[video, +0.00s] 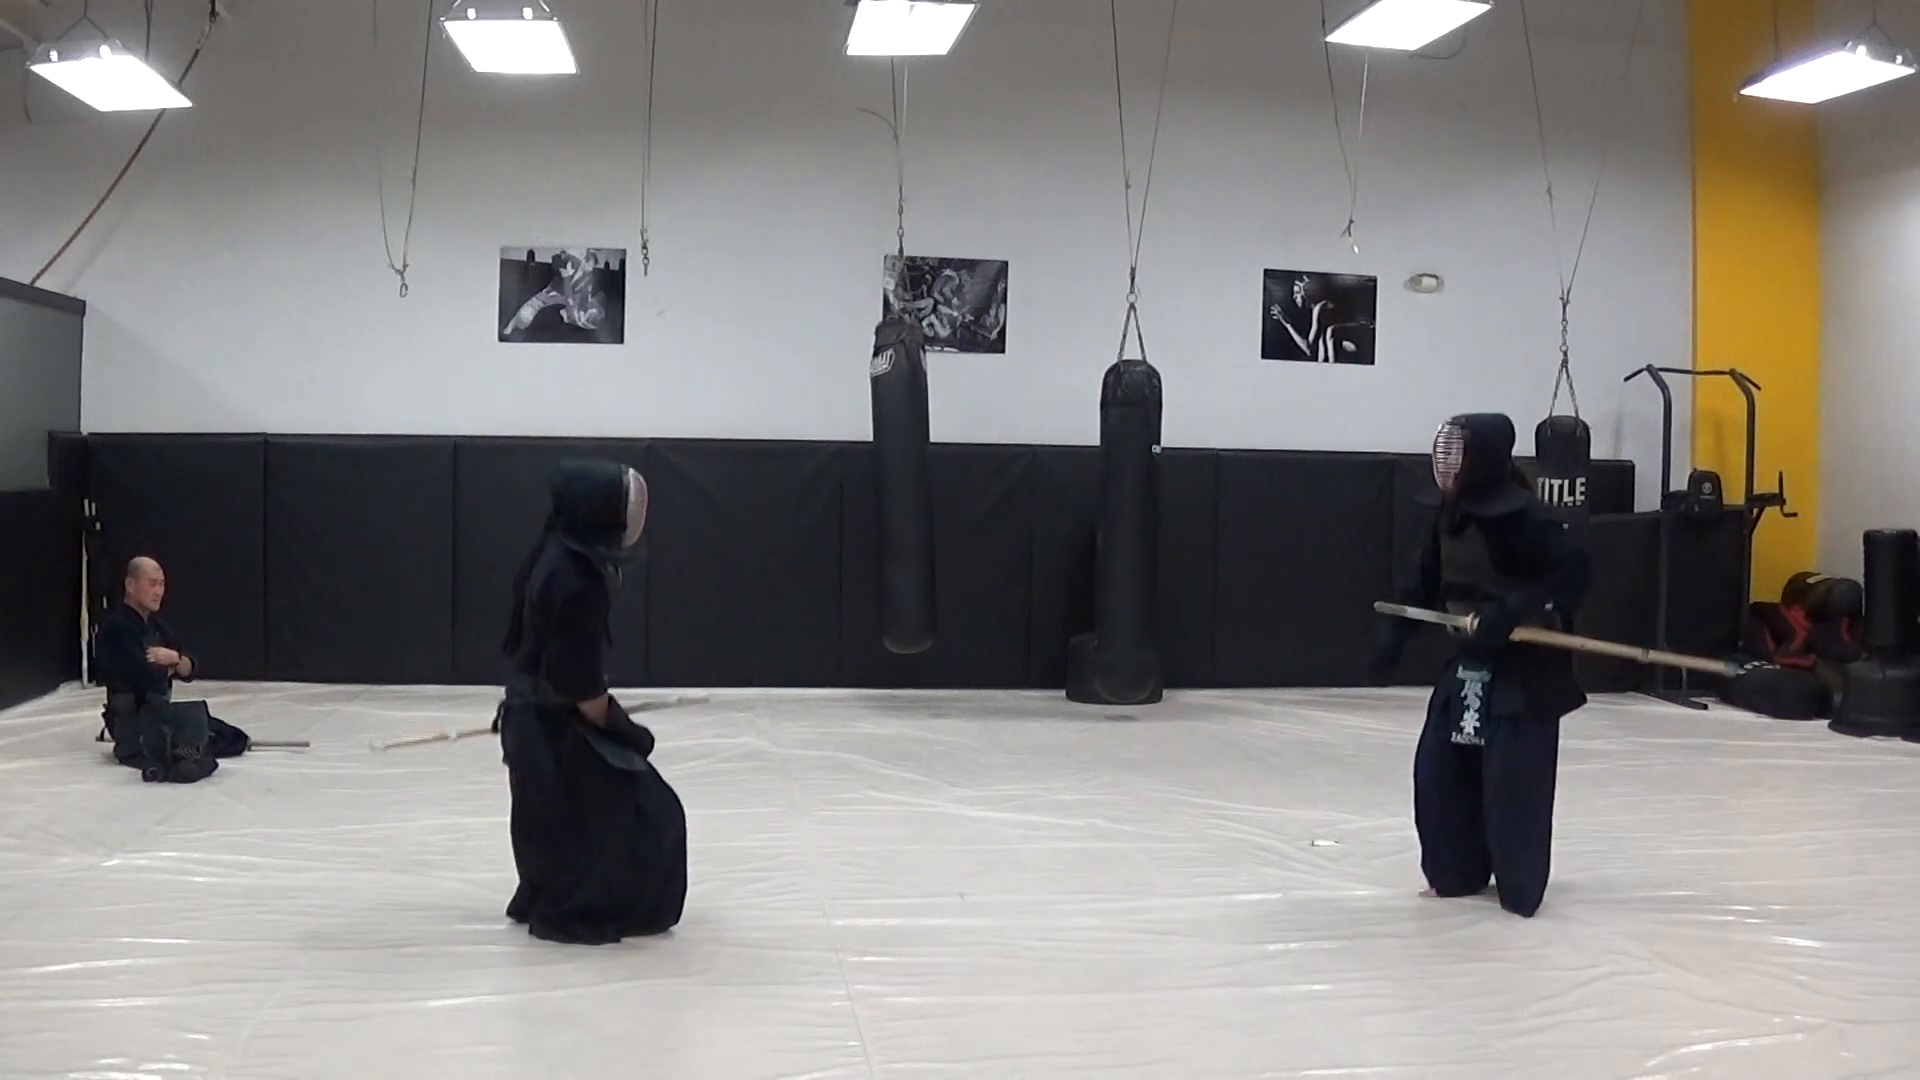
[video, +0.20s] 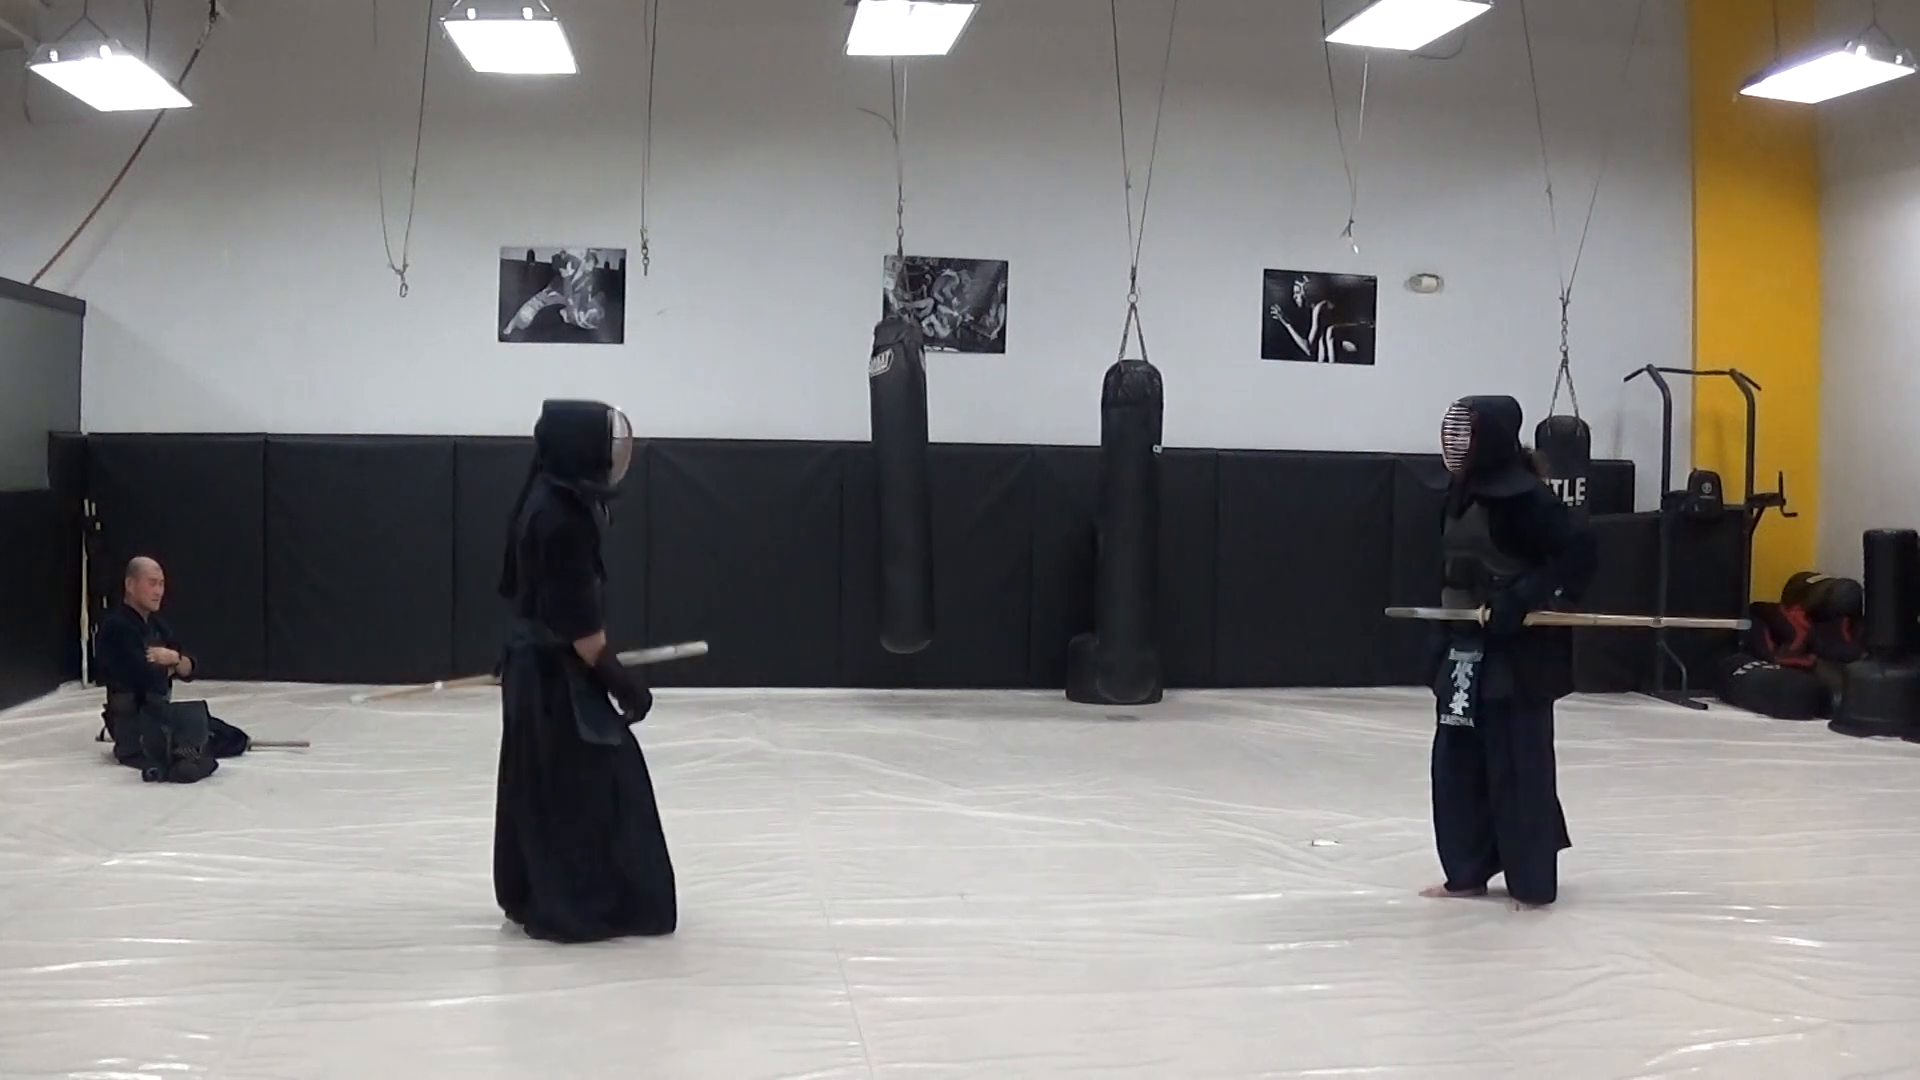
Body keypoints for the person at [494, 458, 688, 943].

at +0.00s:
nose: (635, 520)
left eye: (635, 508)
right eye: (628, 510)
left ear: (575, 509)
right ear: (602, 515)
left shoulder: (549, 557)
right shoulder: (579, 579)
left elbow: (526, 652)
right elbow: (583, 686)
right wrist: (626, 731)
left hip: (526, 717)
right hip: (556, 728)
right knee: (657, 808)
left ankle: (544, 897)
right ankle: (582, 909)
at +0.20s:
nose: (623, 455)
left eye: (623, 445)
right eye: (615, 446)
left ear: (564, 449)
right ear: (588, 453)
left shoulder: (545, 497)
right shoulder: (566, 515)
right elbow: (577, 620)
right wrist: (618, 678)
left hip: (532, 660)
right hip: (557, 667)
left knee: (545, 782)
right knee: (589, 781)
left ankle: (538, 898)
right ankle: (578, 904)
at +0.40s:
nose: (608, 435)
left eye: (607, 423)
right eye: (600, 424)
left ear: (546, 422)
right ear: (573, 427)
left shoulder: (524, 476)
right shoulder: (559, 489)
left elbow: (499, 565)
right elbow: (576, 593)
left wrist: (554, 602)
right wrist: (618, 658)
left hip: (524, 643)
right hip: (558, 648)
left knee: (535, 773)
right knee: (575, 777)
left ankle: (538, 900)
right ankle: (580, 908)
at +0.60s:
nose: (587, 432)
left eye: (586, 421)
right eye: (580, 422)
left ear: (527, 421)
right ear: (556, 425)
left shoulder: (503, 470)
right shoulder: (544, 486)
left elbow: (473, 561)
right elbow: (555, 596)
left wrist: (528, 596)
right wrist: (594, 669)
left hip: (506, 642)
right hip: (542, 647)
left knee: (517, 769)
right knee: (560, 778)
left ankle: (502, 891)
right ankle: (566, 911)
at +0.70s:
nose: (570, 435)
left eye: (569, 424)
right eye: (561, 424)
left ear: (510, 423)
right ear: (534, 428)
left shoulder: (491, 477)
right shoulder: (520, 489)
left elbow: (459, 565)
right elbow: (529, 598)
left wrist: (518, 594)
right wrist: (568, 674)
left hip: (496, 646)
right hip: (526, 650)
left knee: (504, 772)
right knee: (553, 782)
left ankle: (429, 873)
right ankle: (569, 914)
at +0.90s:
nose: (515, 449)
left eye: (514, 438)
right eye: (507, 439)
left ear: (459, 438)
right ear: (481, 441)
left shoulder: (452, 489)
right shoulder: (455, 502)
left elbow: (423, 575)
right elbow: (460, 609)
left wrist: (495, 609)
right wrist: (496, 684)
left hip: (454, 654)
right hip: (470, 658)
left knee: (440, 773)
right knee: (531, 778)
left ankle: (387, 891)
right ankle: (568, 909)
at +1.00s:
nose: (483, 443)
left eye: (483, 431)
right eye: (475, 432)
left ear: (427, 430)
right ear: (451, 435)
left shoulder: (421, 486)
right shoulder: (423, 496)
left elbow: (396, 573)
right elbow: (421, 597)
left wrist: (462, 605)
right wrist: (456, 673)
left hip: (418, 652)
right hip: (435, 655)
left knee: (417, 776)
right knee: (495, 775)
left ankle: (398, 895)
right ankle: (549, 901)